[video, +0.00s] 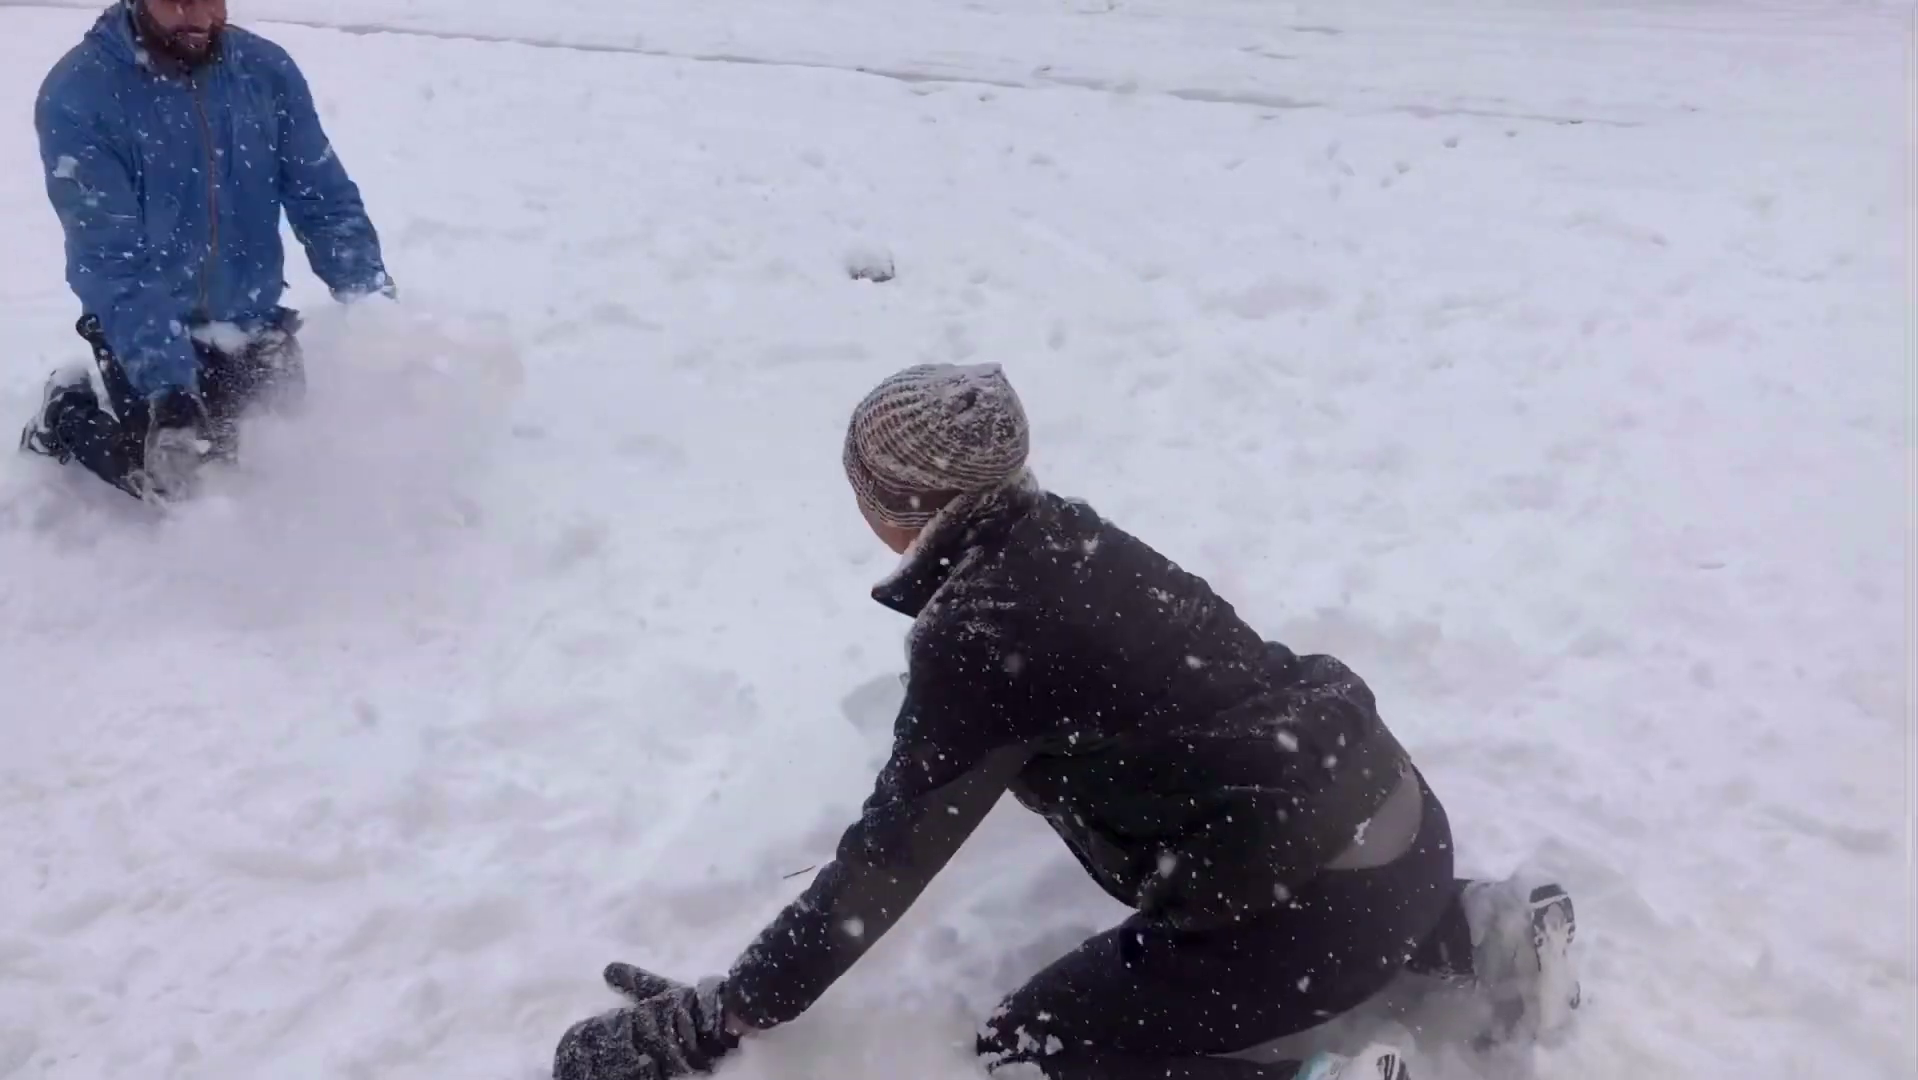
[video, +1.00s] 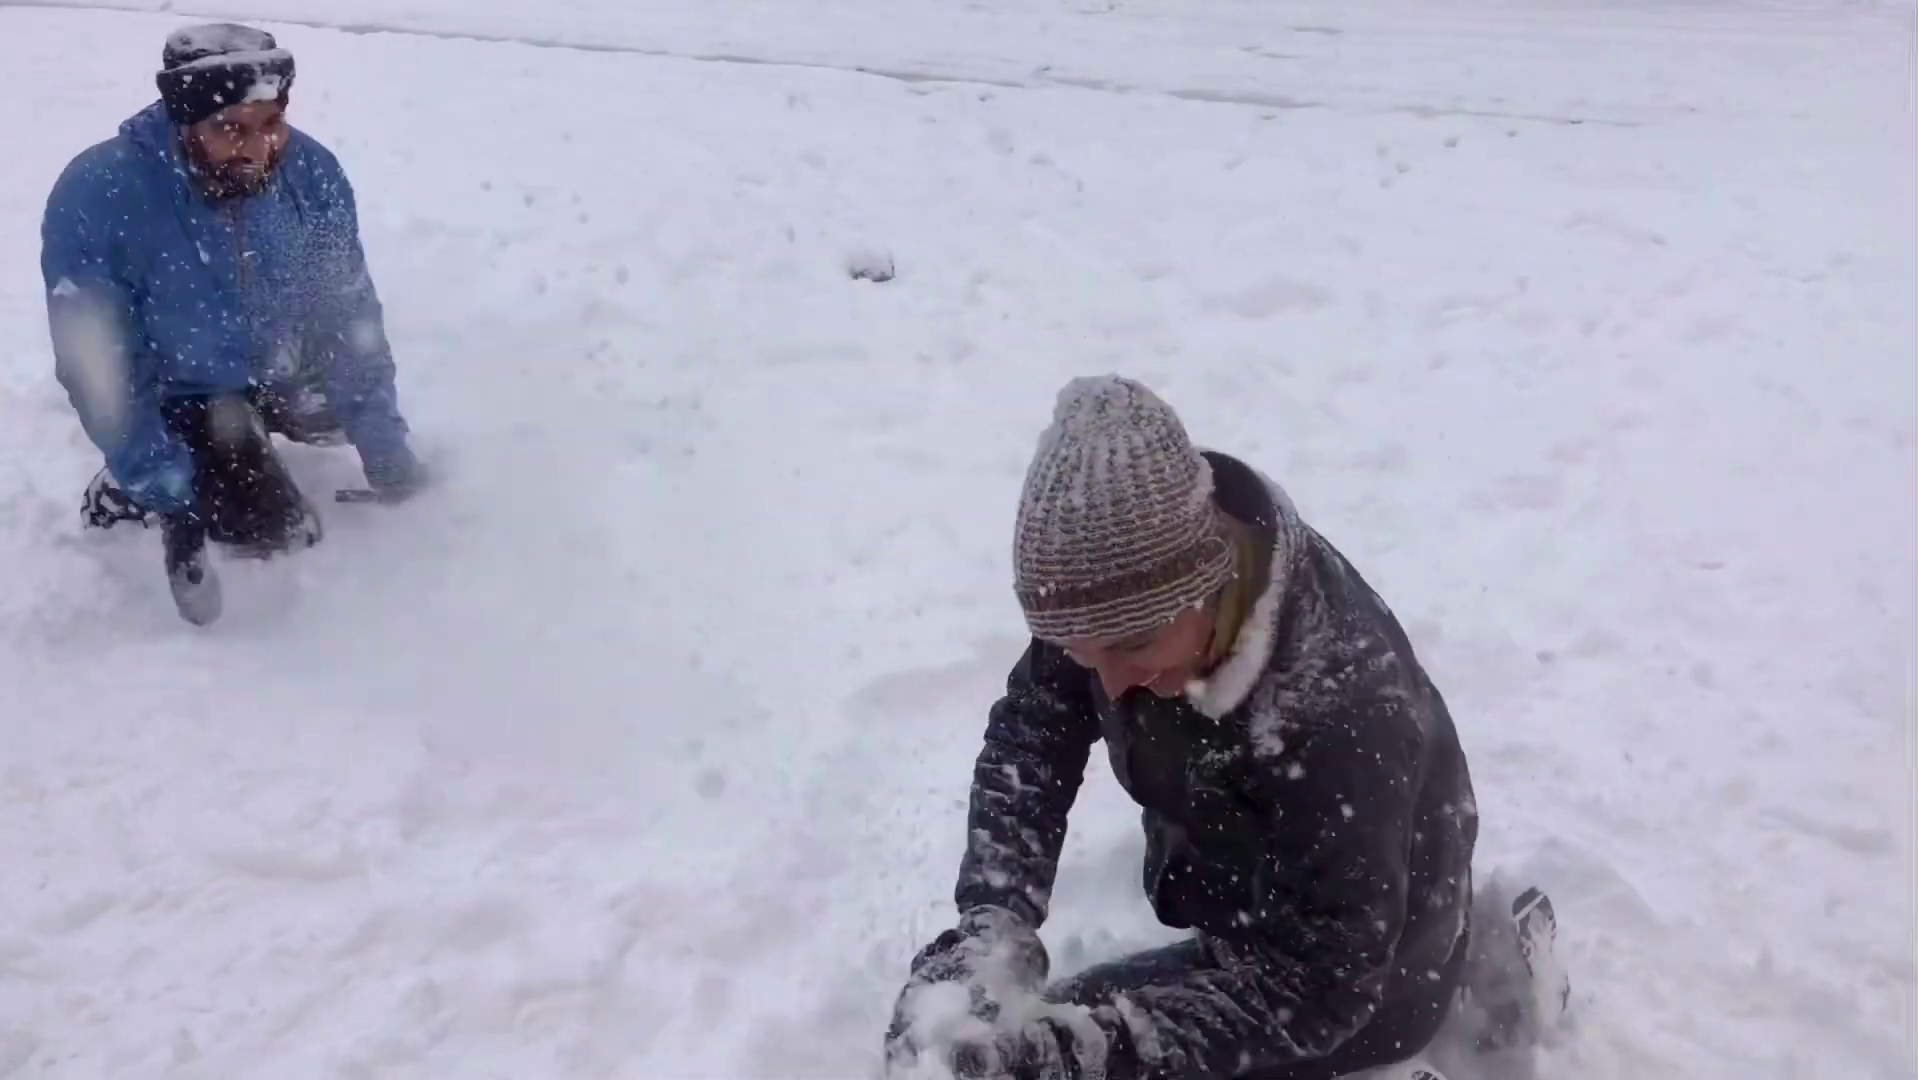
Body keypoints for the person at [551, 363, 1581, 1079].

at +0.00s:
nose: (866, 520)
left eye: (875, 497)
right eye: (863, 494)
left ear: (928, 502)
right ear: (989, 472)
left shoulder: (977, 635)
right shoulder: (1071, 536)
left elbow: (885, 865)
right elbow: (1226, 672)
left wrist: (721, 1014)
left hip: (1309, 917)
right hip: (1408, 838)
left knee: (1018, 1049)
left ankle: (1343, 1033)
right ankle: (1461, 941)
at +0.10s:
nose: (853, 533)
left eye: (860, 509)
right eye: (848, 508)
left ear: (914, 510)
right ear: (974, 479)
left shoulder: (974, 651)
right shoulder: (1060, 528)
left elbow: (900, 867)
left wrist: (740, 987)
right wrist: (959, 753)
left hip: (1304, 917)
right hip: (1403, 818)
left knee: (1021, 1043)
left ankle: (1321, 1041)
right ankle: (1461, 935)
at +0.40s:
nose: (832, 559)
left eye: (842, 538)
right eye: (826, 536)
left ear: (919, 527)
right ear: (949, 491)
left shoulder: (1020, 662)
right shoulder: (1038, 500)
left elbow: (984, 853)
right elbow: (998, 723)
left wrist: (863, 938)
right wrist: (905, 827)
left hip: (1299, 897)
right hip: (1392, 783)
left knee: (1027, 1036)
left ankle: (1323, 1061)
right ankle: (1468, 924)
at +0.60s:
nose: (931, 626)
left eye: (935, 590)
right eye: (911, 601)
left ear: (1001, 538)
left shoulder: (1101, 666)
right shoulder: (1055, 475)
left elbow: (1087, 866)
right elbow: (1027, 708)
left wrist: (961, 939)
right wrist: (951, 855)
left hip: (1303, 916)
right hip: (1377, 791)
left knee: (1022, 1043)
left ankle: (1312, 1062)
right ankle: (1462, 930)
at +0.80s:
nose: (1030, 665)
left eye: (1044, 624)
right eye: (1003, 640)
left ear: (1103, 563)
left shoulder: (1198, 694)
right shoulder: (1126, 503)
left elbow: (1176, 940)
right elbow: (1032, 718)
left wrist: (993, 988)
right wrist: (959, 891)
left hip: (1324, 958)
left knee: (1038, 1038)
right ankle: (1430, 948)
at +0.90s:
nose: (1073, 674)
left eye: (1098, 634)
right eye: (1044, 645)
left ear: (1160, 568)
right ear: (1015, 600)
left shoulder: (1271, 704)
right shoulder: (1080, 549)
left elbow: (1248, 964)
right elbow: (1023, 746)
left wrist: (1022, 1041)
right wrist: (960, 922)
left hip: (1350, 971)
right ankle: (1464, 968)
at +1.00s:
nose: (1112, 685)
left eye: (1137, 646)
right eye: (1086, 652)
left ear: (1205, 584)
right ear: (1057, 598)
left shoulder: (1345, 716)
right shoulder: (1118, 558)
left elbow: (1322, 990)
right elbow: (1036, 733)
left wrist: (1080, 1043)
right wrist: (994, 939)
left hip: (1352, 989)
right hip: (1229, 894)